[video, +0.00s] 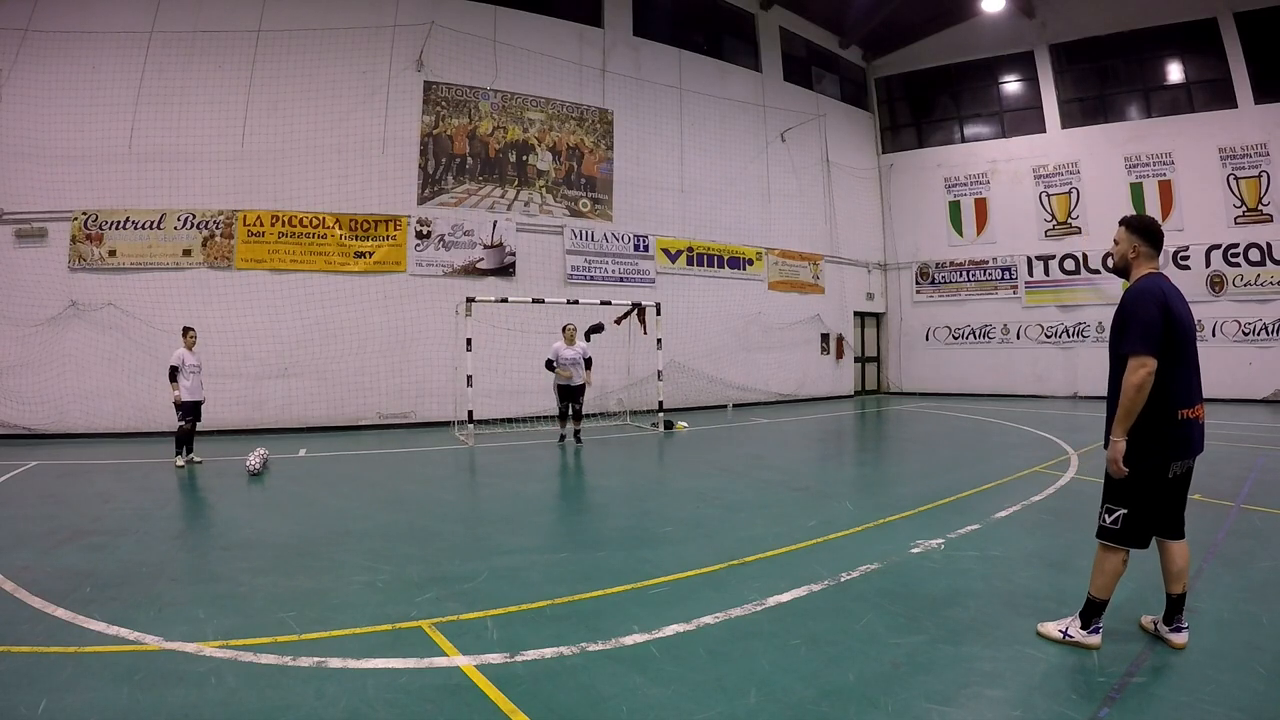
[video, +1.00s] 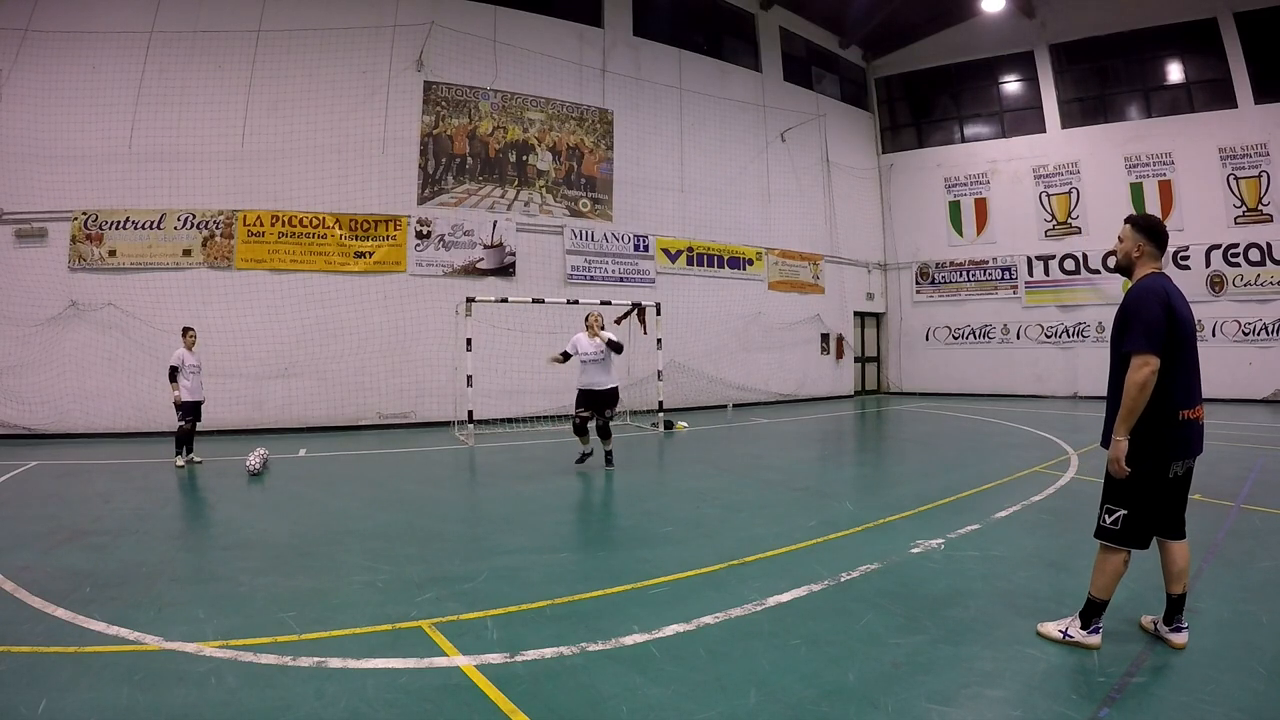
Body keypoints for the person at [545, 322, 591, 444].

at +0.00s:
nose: (571, 332)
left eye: (573, 330)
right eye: (569, 330)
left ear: (576, 333)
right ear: (564, 333)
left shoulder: (582, 347)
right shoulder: (557, 347)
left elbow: (588, 360)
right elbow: (548, 364)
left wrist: (588, 376)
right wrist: (561, 373)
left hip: (578, 384)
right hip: (562, 384)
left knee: (578, 411)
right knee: (563, 411)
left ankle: (577, 433)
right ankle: (562, 433)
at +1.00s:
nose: (596, 318)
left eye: (598, 317)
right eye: (593, 316)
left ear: (602, 323)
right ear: (586, 323)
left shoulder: (607, 336)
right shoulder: (579, 338)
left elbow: (619, 350)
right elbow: (565, 356)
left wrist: (600, 335)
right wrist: (557, 358)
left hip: (607, 389)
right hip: (585, 389)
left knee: (602, 427)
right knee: (579, 426)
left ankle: (608, 453)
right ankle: (587, 450)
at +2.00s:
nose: (678, 301)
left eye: (680, 297)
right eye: (674, 297)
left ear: (682, 299)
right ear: (660, 298)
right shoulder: (644, 320)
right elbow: (625, 356)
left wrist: (692, 348)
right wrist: (648, 346)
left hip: (671, 390)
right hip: (644, 387)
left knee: (663, 450)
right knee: (656, 443)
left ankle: (638, 499)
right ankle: (639, 504)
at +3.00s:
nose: (809, 376)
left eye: (811, 371)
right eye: (805, 370)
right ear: (789, 369)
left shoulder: (799, 390)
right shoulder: (765, 382)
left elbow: (811, 407)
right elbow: (722, 397)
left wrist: (820, 432)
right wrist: (734, 430)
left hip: (766, 420)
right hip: (738, 417)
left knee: (791, 465)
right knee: (758, 462)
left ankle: (795, 516)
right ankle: (750, 523)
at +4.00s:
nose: (672, 386)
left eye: (676, 382)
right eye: (669, 382)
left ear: (683, 377)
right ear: (663, 378)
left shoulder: (694, 382)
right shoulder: (656, 387)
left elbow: (707, 375)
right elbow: (629, 399)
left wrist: (720, 377)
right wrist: (628, 407)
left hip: (693, 444)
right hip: (666, 439)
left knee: (696, 503)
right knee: (639, 453)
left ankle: (683, 483)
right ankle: (645, 499)